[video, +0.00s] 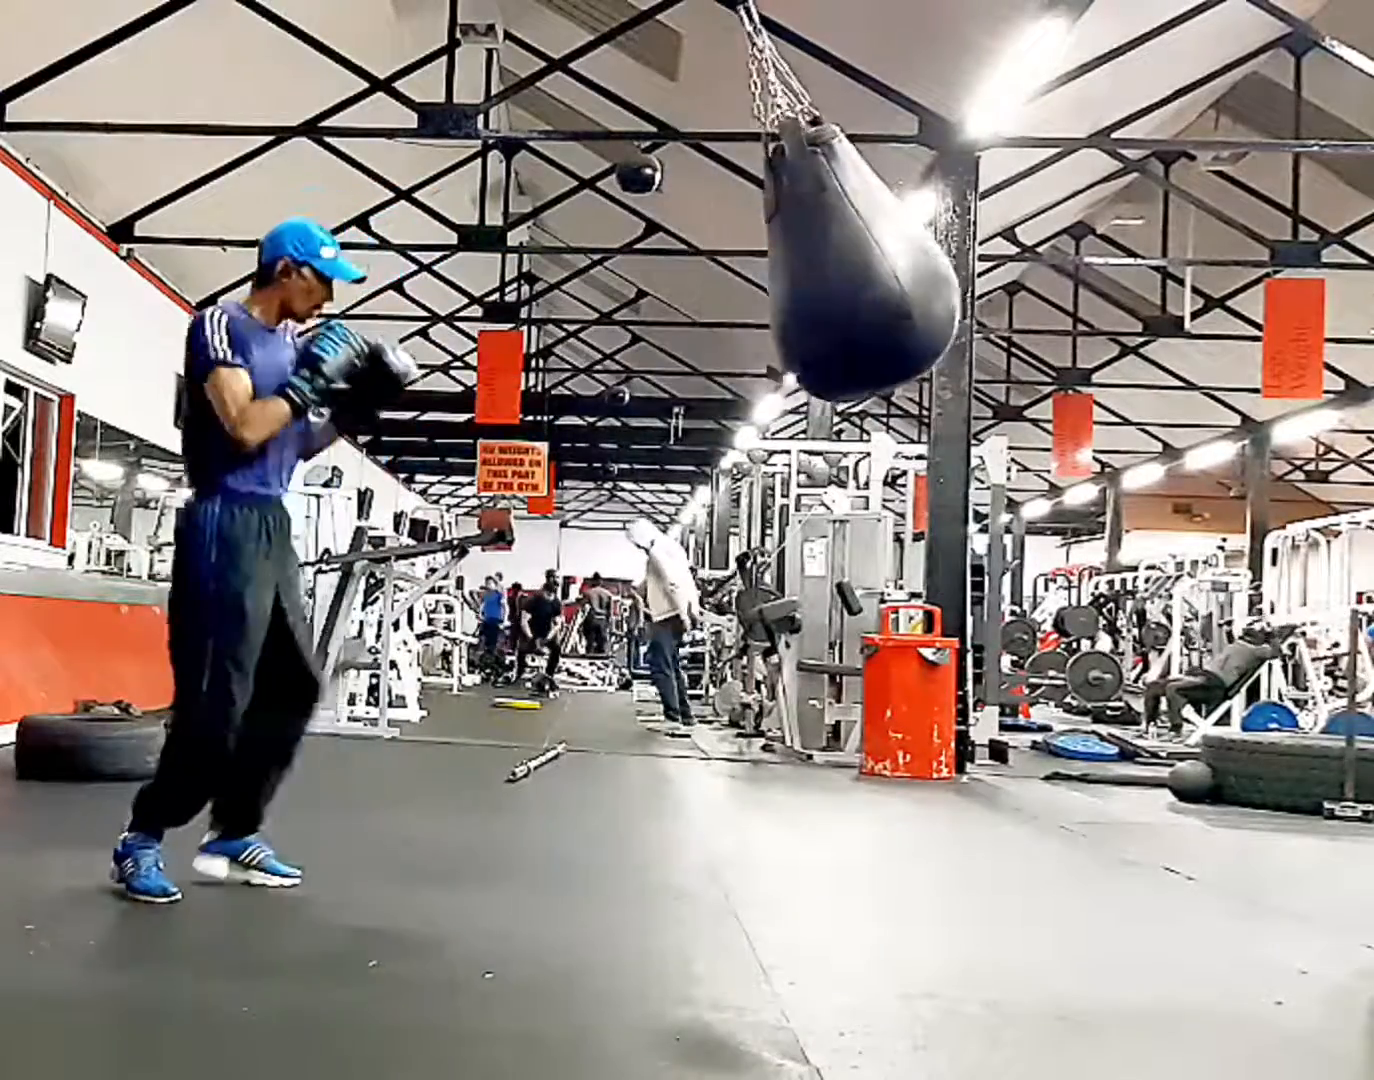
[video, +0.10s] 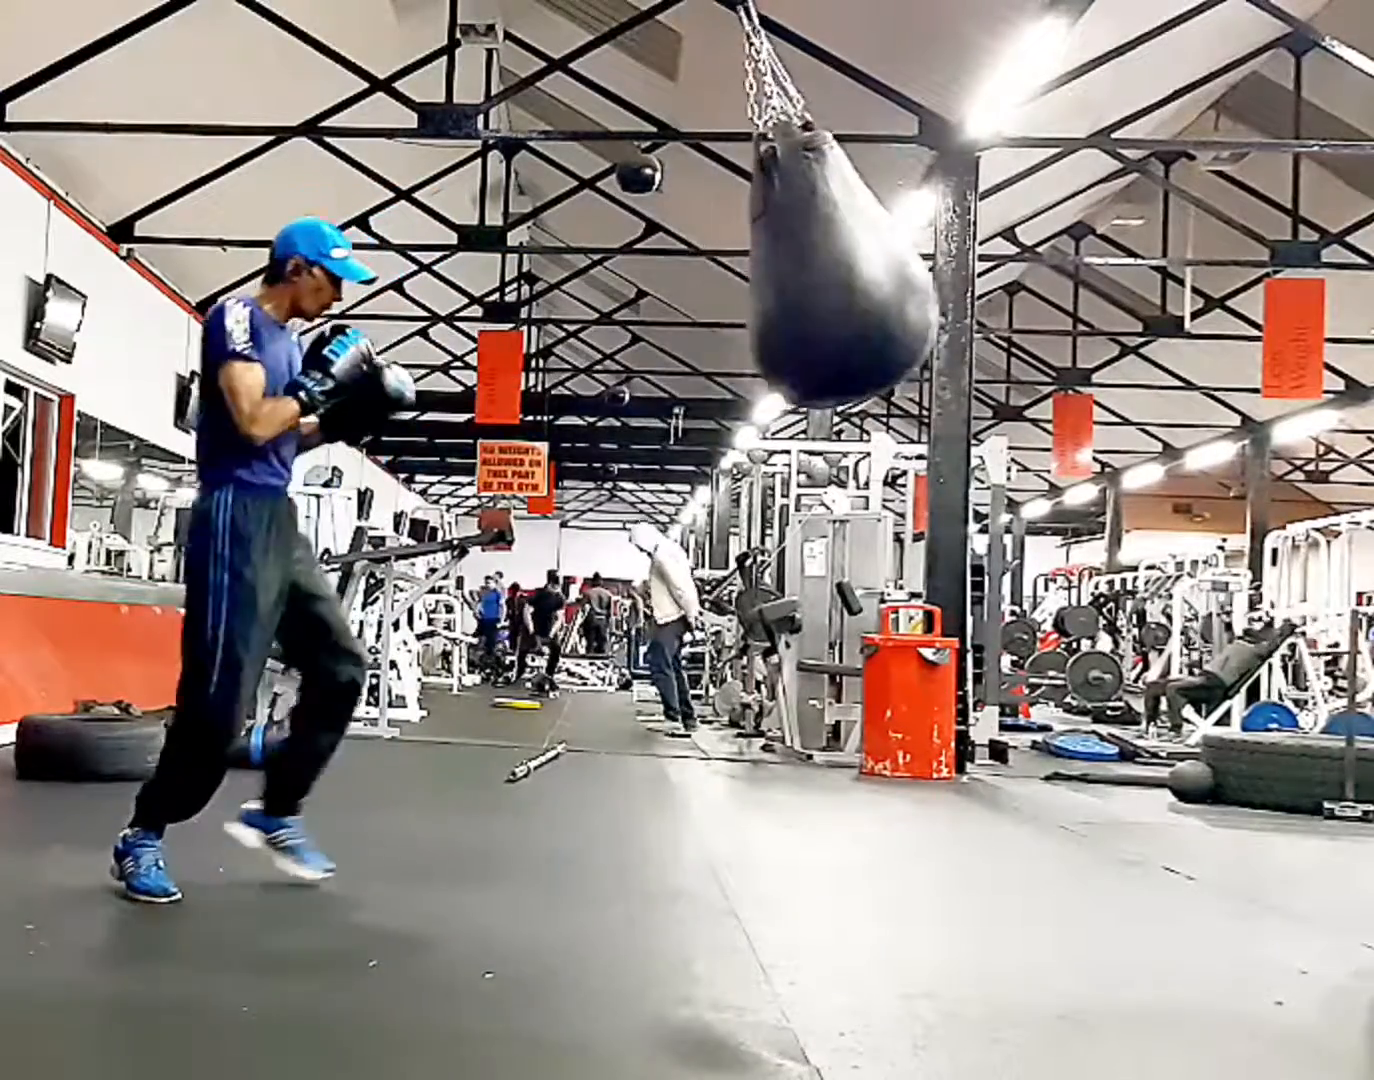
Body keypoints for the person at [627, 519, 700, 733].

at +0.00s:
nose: (638, 548)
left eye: (637, 544)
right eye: (636, 544)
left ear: (643, 538)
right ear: (651, 532)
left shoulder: (657, 553)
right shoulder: (671, 546)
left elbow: (672, 585)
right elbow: (687, 580)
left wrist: (683, 613)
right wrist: (695, 607)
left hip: (665, 616)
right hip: (676, 613)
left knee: (660, 666)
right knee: (672, 664)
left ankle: (673, 714)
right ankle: (685, 712)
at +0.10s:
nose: (641, 551)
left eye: (640, 546)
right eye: (638, 547)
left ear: (647, 541)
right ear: (650, 536)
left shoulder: (663, 555)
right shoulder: (664, 551)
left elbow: (681, 585)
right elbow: (658, 583)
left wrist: (692, 612)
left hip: (668, 619)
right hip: (672, 617)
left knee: (659, 665)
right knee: (673, 665)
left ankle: (673, 714)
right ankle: (688, 715)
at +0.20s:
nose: (644, 555)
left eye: (643, 551)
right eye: (641, 551)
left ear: (650, 545)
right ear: (654, 540)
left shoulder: (666, 561)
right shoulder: (667, 556)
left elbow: (684, 592)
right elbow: (660, 586)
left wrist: (694, 619)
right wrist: (641, 589)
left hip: (668, 623)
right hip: (675, 620)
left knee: (661, 666)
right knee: (673, 666)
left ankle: (673, 712)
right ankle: (688, 713)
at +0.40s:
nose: (647, 561)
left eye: (646, 557)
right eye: (645, 557)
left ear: (652, 551)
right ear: (658, 544)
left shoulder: (671, 565)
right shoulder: (672, 559)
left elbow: (688, 596)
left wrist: (697, 621)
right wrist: (696, 618)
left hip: (671, 625)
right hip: (676, 622)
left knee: (660, 666)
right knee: (673, 666)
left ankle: (673, 714)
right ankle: (688, 715)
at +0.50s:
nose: (647, 563)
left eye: (646, 558)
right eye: (645, 559)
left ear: (652, 553)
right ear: (659, 545)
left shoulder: (672, 568)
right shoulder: (673, 560)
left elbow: (690, 599)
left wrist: (696, 621)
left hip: (671, 626)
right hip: (676, 623)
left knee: (654, 663)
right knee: (673, 667)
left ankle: (672, 710)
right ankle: (688, 714)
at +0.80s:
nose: (643, 560)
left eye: (641, 555)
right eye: (640, 556)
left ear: (648, 550)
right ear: (651, 545)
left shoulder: (668, 562)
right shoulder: (664, 562)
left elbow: (687, 594)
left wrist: (696, 619)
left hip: (671, 624)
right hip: (674, 623)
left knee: (654, 664)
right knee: (675, 669)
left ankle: (672, 712)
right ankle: (689, 716)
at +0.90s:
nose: (641, 559)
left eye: (640, 554)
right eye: (638, 556)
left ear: (646, 548)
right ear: (648, 543)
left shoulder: (667, 562)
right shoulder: (661, 561)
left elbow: (685, 594)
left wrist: (693, 624)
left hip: (669, 624)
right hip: (673, 622)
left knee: (658, 667)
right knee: (676, 667)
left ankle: (673, 716)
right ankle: (688, 716)